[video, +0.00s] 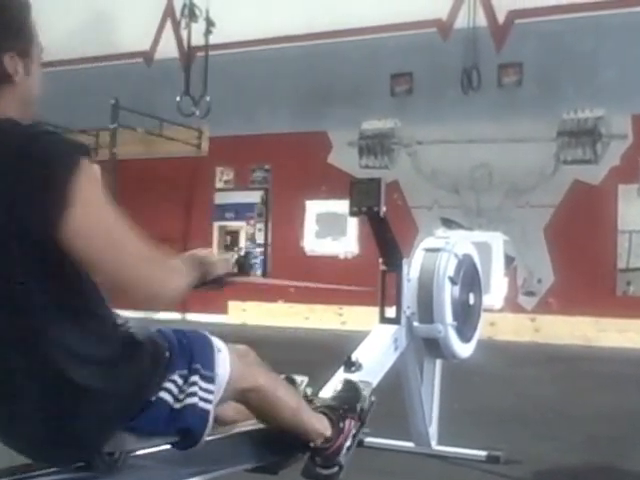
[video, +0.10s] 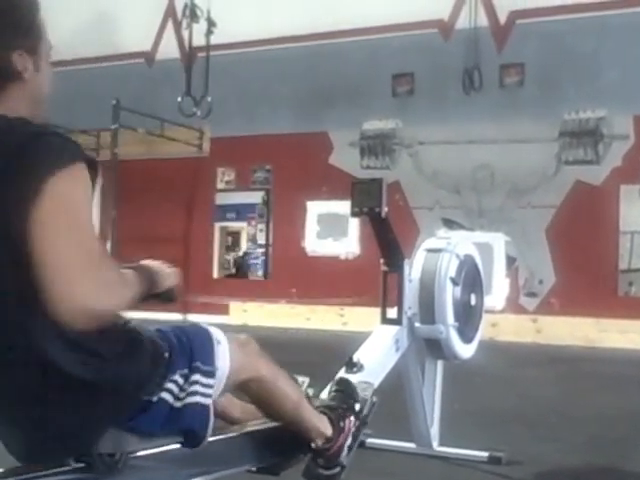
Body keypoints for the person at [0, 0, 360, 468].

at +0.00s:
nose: (40, 81)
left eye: (38, 65)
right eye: (38, 65)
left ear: (7, 66)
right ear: (11, 67)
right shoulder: (42, 157)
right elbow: (157, 287)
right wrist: (196, 264)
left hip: (10, 396)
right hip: (73, 387)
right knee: (242, 363)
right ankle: (324, 432)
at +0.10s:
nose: (49, 77)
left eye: (47, 62)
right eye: (46, 61)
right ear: (21, 63)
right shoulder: (40, 151)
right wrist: (145, 275)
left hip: (11, 382)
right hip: (61, 384)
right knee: (246, 355)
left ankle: (258, 421)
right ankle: (324, 433)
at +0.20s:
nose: (76, 73)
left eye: (73, 58)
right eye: (72, 58)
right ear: (47, 61)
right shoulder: (61, 147)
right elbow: (79, 289)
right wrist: (151, 268)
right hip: (61, 384)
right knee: (252, 340)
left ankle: (253, 422)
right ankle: (324, 435)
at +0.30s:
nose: (113, 73)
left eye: (110, 58)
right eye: (109, 58)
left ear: (22, 69)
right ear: (86, 64)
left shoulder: (10, 146)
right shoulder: (108, 148)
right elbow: (160, 280)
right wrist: (209, 264)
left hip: (34, 396)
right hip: (109, 384)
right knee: (267, 320)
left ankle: (264, 428)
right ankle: (324, 433)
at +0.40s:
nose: (156, 78)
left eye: (153, 65)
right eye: (152, 65)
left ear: (70, 77)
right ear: (131, 72)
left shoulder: (37, 154)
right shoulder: (160, 160)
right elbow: (244, 283)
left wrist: (231, 248)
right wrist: (267, 254)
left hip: (71, 396)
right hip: (144, 395)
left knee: (222, 290)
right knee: (286, 300)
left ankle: (253, 425)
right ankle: (330, 433)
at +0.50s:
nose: (199, 90)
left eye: (196, 77)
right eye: (194, 77)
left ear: (115, 86)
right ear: (176, 84)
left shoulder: (83, 159)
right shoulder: (203, 168)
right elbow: (305, 271)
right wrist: (302, 244)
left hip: (98, 388)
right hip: (178, 391)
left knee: (229, 284)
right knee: (302, 292)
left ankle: (262, 418)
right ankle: (334, 435)